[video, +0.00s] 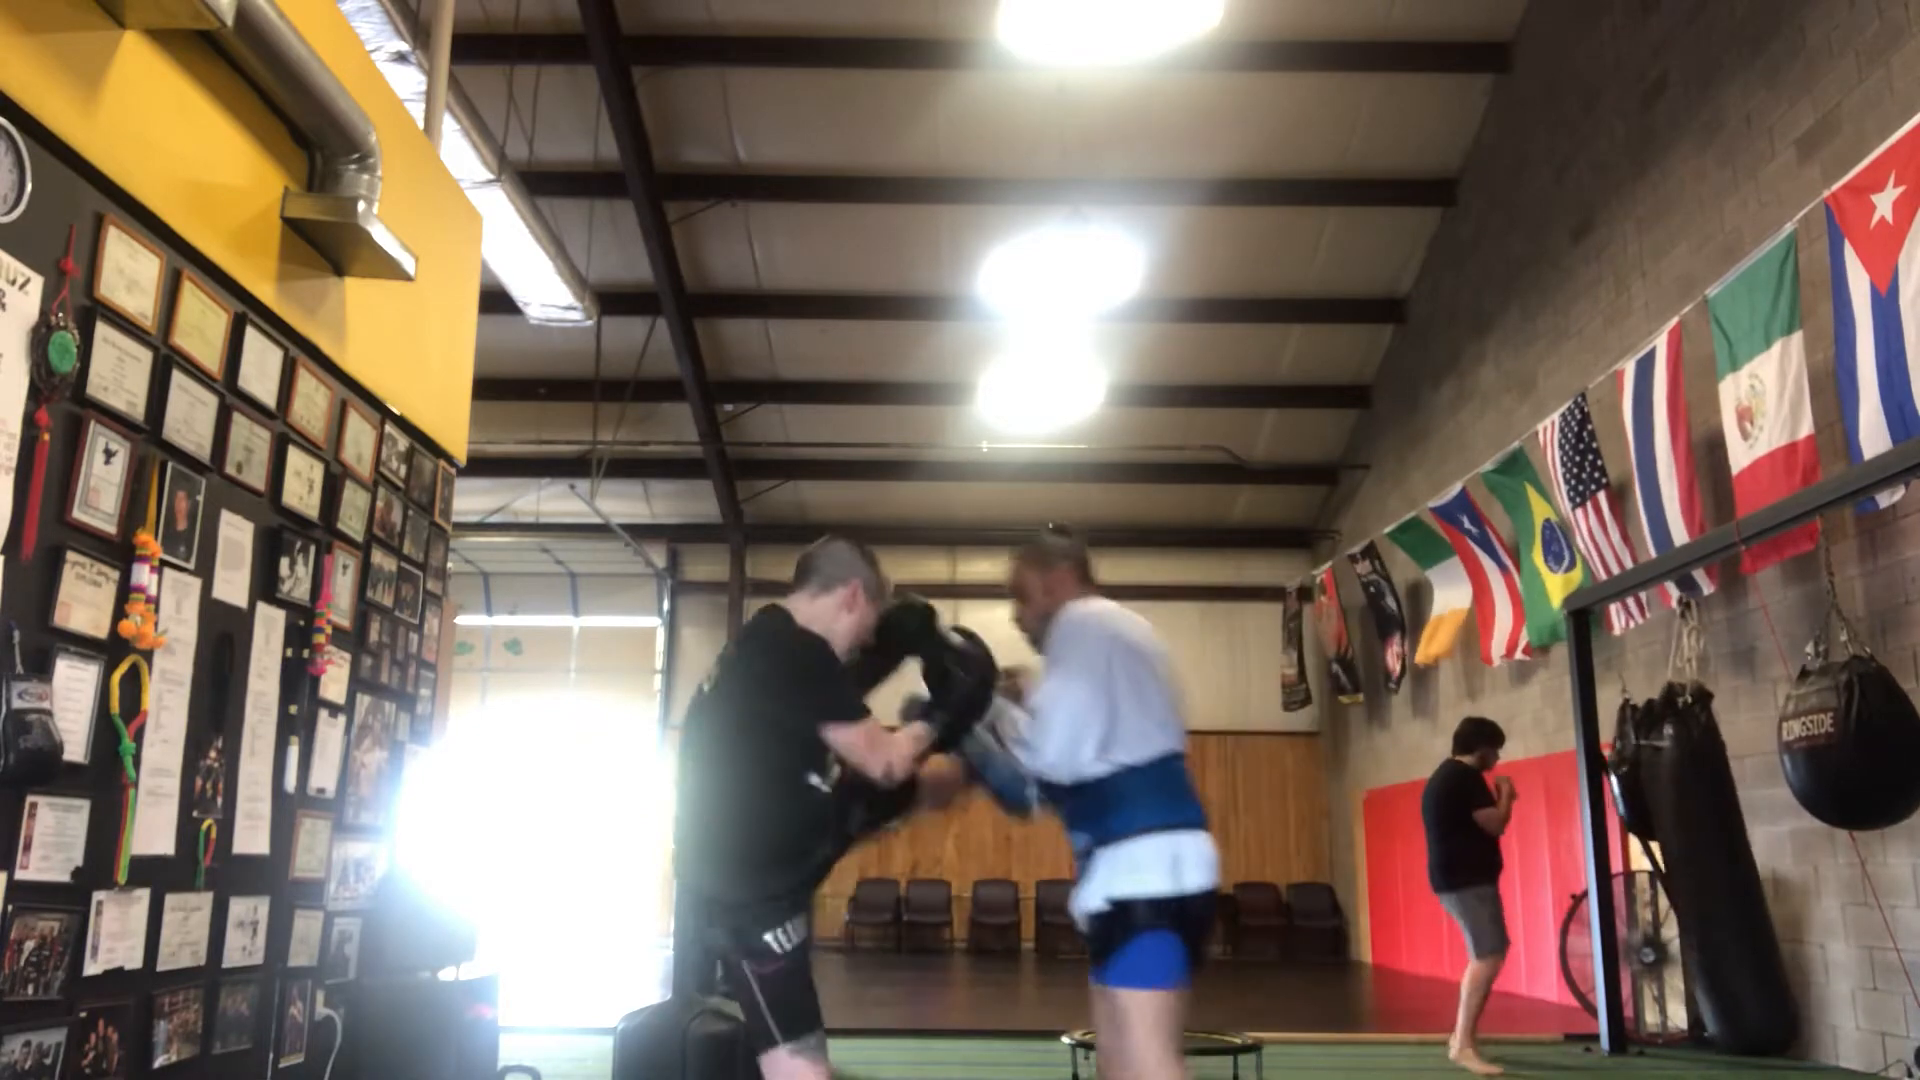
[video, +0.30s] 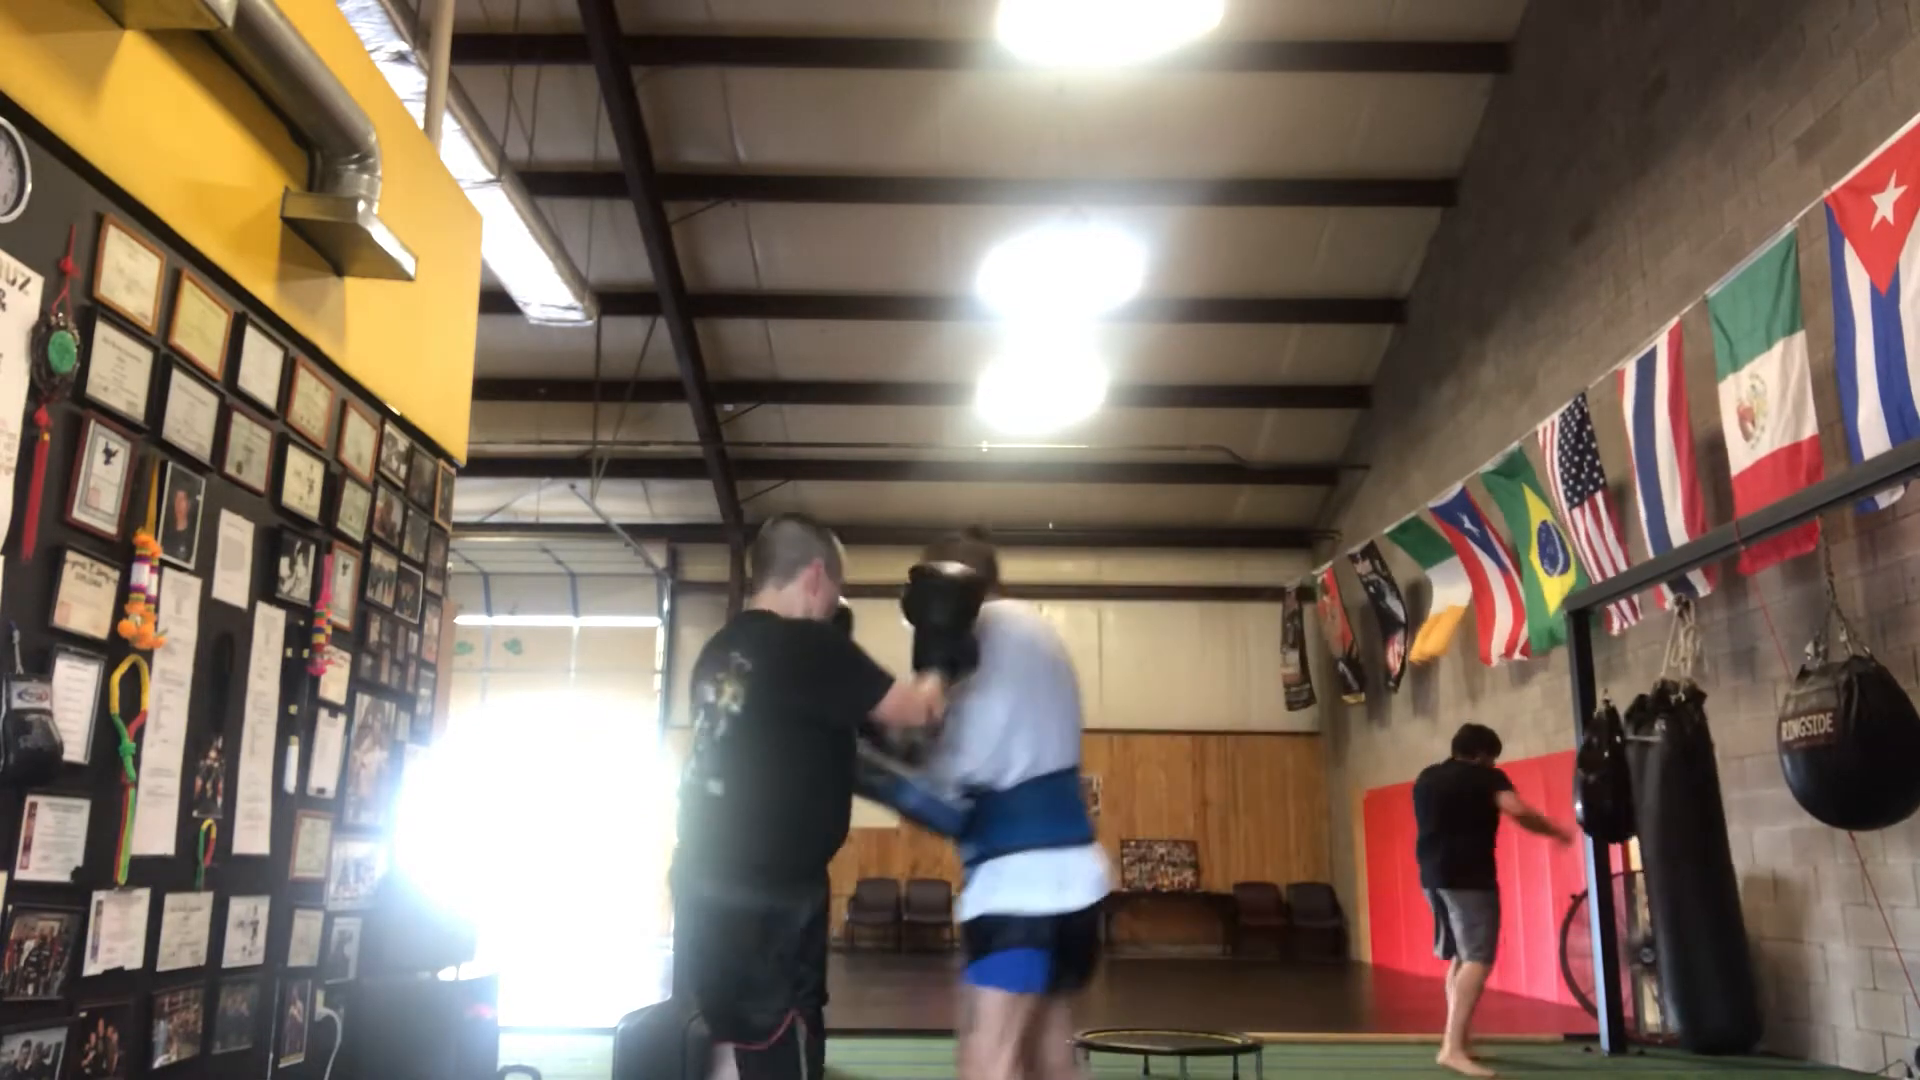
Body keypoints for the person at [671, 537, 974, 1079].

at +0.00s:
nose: (866, 638)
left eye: (875, 623)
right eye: (872, 619)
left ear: (805, 589)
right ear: (851, 597)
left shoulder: (758, 645)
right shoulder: (796, 654)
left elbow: (816, 717)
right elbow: (887, 762)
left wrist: (881, 654)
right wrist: (941, 709)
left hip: (720, 896)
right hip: (752, 905)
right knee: (798, 1066)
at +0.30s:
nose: (835, 600)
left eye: (836, 587)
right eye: (834, 585)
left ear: (763, 574)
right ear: (813, 576)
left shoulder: (722, 647)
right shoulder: (811, 648)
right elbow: (913, 709)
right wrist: (942, 645)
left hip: (706, 891)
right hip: (773, 901)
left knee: (727, 1049)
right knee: (780, 1058)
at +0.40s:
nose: (833, 605)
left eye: (834, 592)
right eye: (834, 590)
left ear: (760, 580)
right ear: (814, 584)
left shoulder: (700, 653)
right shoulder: (827, 646)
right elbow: (926, 662)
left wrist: (839, 716)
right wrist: (941, 616)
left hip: (694, 912)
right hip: (786, 916)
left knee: (703, 1059)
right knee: (801, 1063)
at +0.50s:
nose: (834, 630)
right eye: (837, 619)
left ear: (761, 609)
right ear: (830, 618)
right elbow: (896, 628)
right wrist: (890, 594)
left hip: (677, 951)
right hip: (782, 952)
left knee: (643, 1066)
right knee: (860, 1065)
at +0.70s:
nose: (799, 593)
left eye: (801, 581)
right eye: (802, 584)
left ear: (811, 579)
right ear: (876, 582)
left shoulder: (785, 647)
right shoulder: (902, 646)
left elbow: (719, 752)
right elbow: (925, 758)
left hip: (793, 875)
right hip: (891, 876)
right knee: (884, 1045)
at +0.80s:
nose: (827, 586)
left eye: (830, 572)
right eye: (829, 572)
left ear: (847, 570)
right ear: (906, 568)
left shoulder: (852, 637)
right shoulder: (935, 639)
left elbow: (769, 738)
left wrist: (730, 750)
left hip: (836, 900)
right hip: (930, 899)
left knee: (739, 1066)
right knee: (910, 1068)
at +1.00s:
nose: (876, 572)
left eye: (877, 556)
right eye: (875, 558)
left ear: (897, 553)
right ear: (954, 548)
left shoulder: (915, 621)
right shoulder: (991, 629)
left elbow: (819, 735)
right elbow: (932, 732)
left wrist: (785, 658)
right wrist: (868, 632)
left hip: (909, 901)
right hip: (980, 897)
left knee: (874, 1060)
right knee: (939, 1063)